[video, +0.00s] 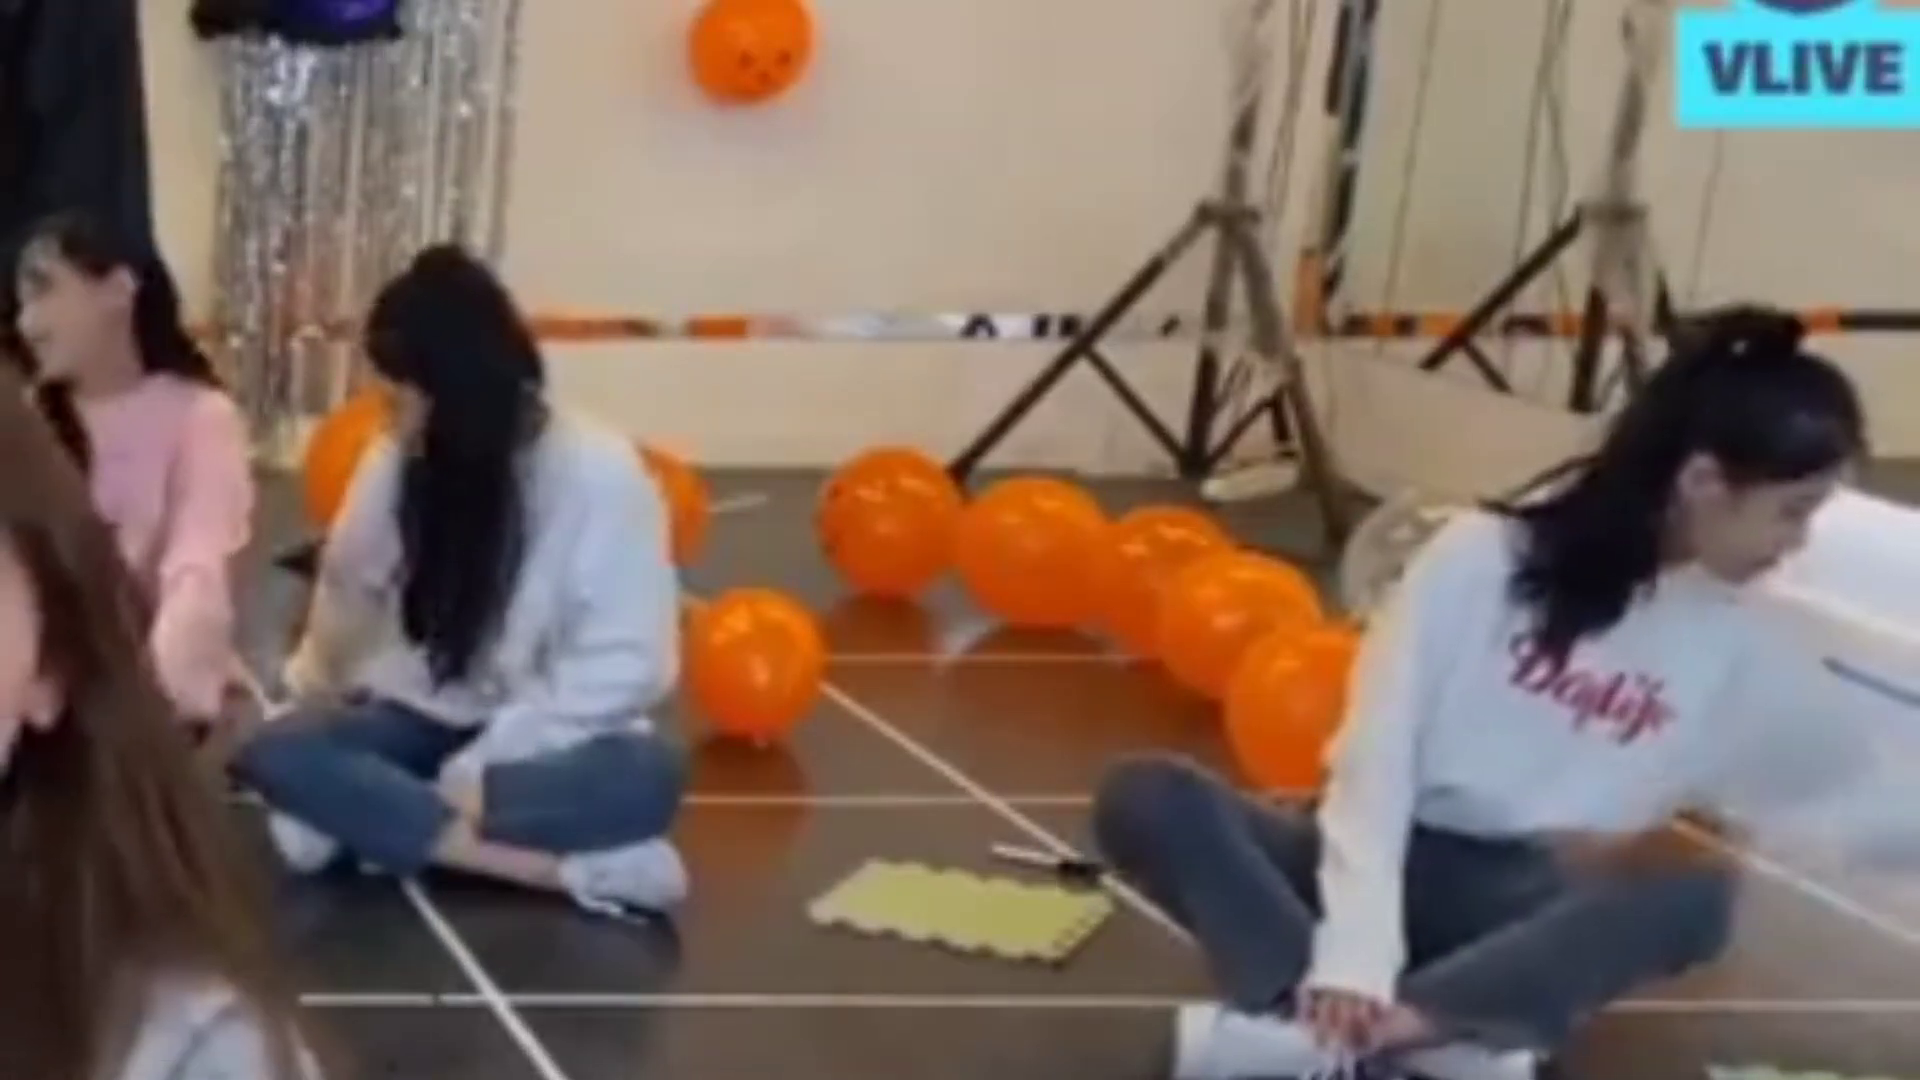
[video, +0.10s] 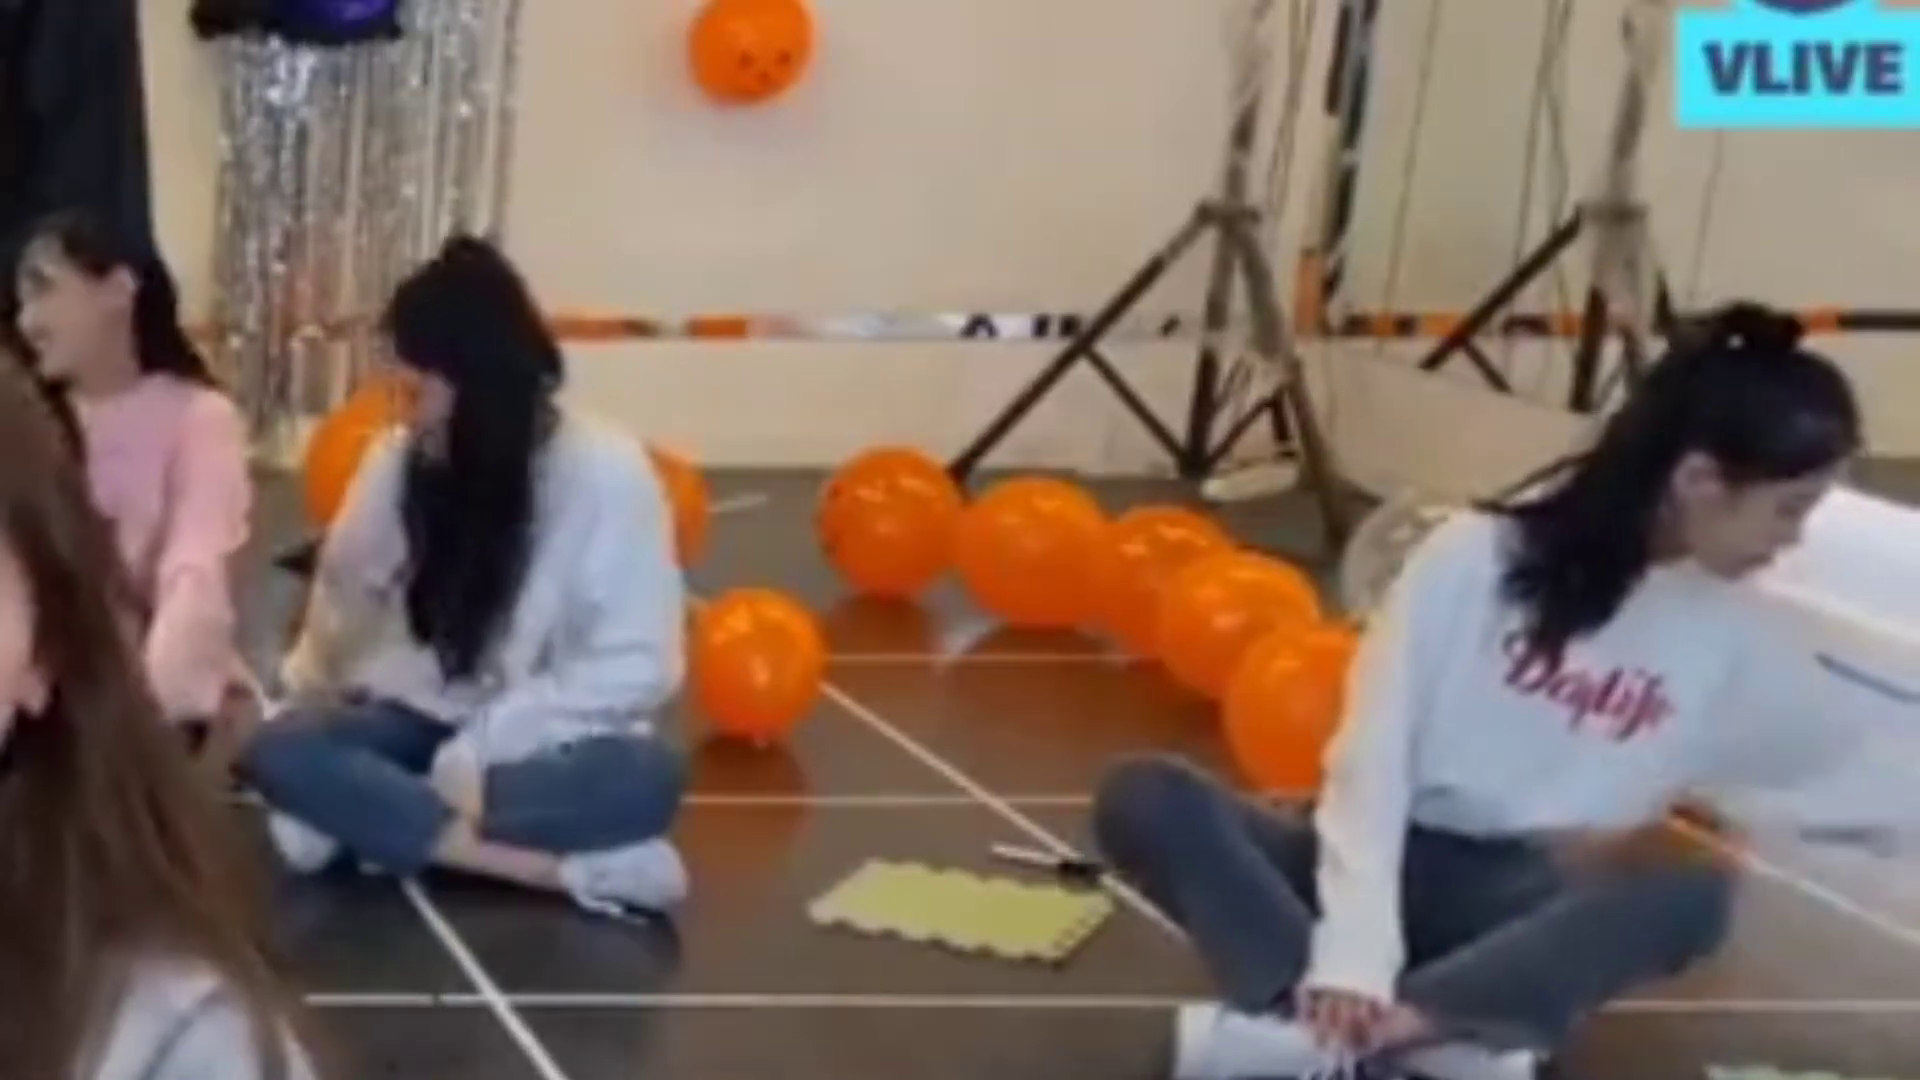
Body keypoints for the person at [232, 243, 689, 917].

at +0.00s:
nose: (390, 405)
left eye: (401, 385)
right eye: (388, 383)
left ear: (453, 379)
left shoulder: (601, 473)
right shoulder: (402, 463)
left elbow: (629, 664)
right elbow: (346, 596)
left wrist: (479, 770)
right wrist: (309, 693)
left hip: (551, 722)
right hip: (425, 711)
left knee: (647, 777)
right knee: (275, 753)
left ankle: (371, 834)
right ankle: (552, 875)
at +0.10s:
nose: (405, 395)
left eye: (422, 374)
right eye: (404, 370)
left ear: (478, 372)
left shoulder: (607, 473)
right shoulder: (400, 464)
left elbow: (639, 668)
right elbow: (340, 614)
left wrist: (483, 748)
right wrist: (301, 694)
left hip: (549, 725)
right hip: (417, 711)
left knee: (647, 778)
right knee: (279, 750)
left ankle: (366, 833)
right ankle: (553, 876)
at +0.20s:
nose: (415, 402)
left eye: (433, 385)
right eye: (416, 381)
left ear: (497, 377)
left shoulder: (613, 471)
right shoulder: (406, 457)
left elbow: (644, 674)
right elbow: (342, 626)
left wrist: (481, 728)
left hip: (553, 726)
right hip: (421, 709)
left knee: (647, 779)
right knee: (284, 750)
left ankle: (368, 830)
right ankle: (554, 875)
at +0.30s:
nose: (432, 399)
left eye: (451, 378)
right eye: (428, 375)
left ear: (518, 372)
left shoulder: (620, 476)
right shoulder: (413, 454)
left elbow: (640, 675)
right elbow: (345, 599)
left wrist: (454, 694)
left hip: (545, 732)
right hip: (412, 720)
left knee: (645, 778)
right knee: (282, 750)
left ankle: (371, 831)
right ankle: (556, 876)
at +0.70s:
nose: (505, 373)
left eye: (544, 361)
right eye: (503, 340)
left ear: (611, 384)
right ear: (487, 334)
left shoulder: (630, 507)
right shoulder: (438, 443)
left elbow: (642, 701)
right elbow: (335, 524)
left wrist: (482, 642)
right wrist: (318, 574)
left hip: (540, 737)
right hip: (411, 715)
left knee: (648, 787)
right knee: (284, 750)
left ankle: (367, 832)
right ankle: (553, 876)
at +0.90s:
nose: (529, 392)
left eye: (566, 376)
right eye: (524, 360)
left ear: (627, 398)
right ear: (503, 353)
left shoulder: (638, 516)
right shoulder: (441, 455)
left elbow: (651, 707)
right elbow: (296, 586)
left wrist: (532, 636)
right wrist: (336, 591)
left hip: (546, 737)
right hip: (419, 717)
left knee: (651, 789)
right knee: (283, 752)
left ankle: (369, 832)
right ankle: (553, 876)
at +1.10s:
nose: (531, 425)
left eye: (567, 405)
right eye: (513, 396)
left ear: (619, 417)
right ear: (488, 391)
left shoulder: (635, 529)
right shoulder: (430, 479)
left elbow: (657, 719)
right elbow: (303, 646)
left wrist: (571, 637)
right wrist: (374, 602)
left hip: (550, 742)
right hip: (421, 726)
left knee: (649, 790)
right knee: (282, 753)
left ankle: (373, 834)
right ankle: (554, 877)